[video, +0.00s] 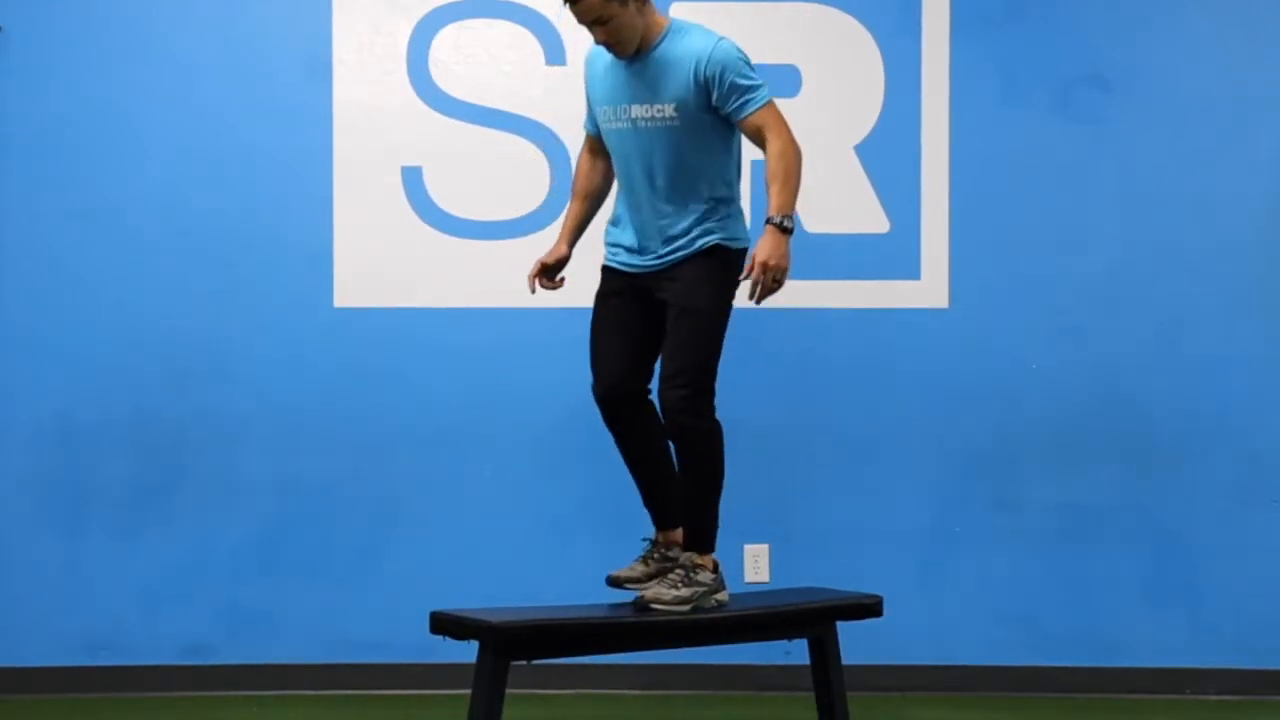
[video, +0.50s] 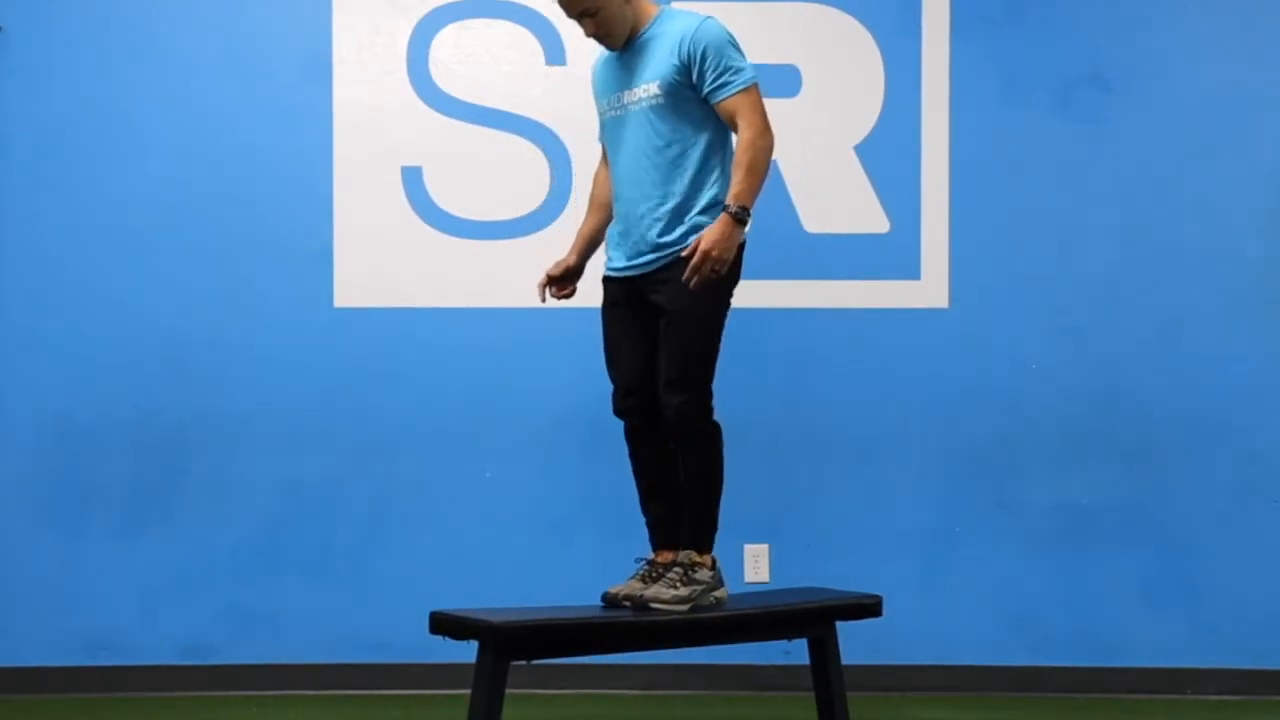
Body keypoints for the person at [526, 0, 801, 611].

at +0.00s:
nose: (595, 37)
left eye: (600, 21)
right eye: (586, 25)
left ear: (636, 3)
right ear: (585, 17)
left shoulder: (708, 57)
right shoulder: (600, 64)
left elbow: (782, 142)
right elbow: (598, 155)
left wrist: (777, 229)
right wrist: (565, 239)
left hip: (704, 251)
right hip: (628, 256)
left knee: (685, 397)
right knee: (615, 390)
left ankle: (701, 563)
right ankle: (672, 539)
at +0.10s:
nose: (596, 25)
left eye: (601, 11)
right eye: (588, 15)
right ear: (590, 12)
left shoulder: (710, 47)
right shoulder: (606, 55)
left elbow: (775, 138)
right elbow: (606, 148)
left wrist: (762, 231)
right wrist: (564, 232)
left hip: (699, 255)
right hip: (626, 260)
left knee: (693, 401)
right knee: (630, 397)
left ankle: (702, 565)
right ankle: (669, 547)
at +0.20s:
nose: (595, 25)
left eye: (599, 11)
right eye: (588, 15)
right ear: (595, 10)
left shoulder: (711, 44)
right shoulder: (610, 56)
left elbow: (766, 143)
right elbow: (609, 152)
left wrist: (746, 235)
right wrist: (564, 234)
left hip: (696, 260)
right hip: (627, 265)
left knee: (698, 406)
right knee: (637, 405)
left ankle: (703, 566)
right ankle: (665, 556)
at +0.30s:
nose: (593, 26)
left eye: (596, 11)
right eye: (586, 16)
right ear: (595, 11)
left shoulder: (707, 42)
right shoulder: (610, 59)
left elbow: (759, 142)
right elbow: (612, 155)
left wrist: (735, 235)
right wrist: (567, 239)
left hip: (696, 261)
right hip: (628, 268)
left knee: (700, 406)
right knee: (639, 408)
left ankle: (703, 567)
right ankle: (667, 561)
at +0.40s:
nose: (588, 28)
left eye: (590, 12)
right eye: (580, 17)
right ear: (587, 13)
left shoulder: (701, 39)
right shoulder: (608, 61)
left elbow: (755, 139)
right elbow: (611, 163)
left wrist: (732, 227)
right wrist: (572, 247)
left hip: (696, 259)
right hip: (629, 268)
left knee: (695, 406)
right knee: (639, 409)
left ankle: (701, 566)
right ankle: (666, 561)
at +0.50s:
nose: (584, 30)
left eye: (585, 15)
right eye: (576, 21)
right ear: (582, 15)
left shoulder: (697, 35)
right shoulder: (605, 68)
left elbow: (755, 132)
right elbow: (613, 168)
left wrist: (732, 219)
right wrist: (578, 256)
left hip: (694, 259)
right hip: (626, 270)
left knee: (684, 403)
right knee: (636, 407)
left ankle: (699, 564)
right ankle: (666, 561)